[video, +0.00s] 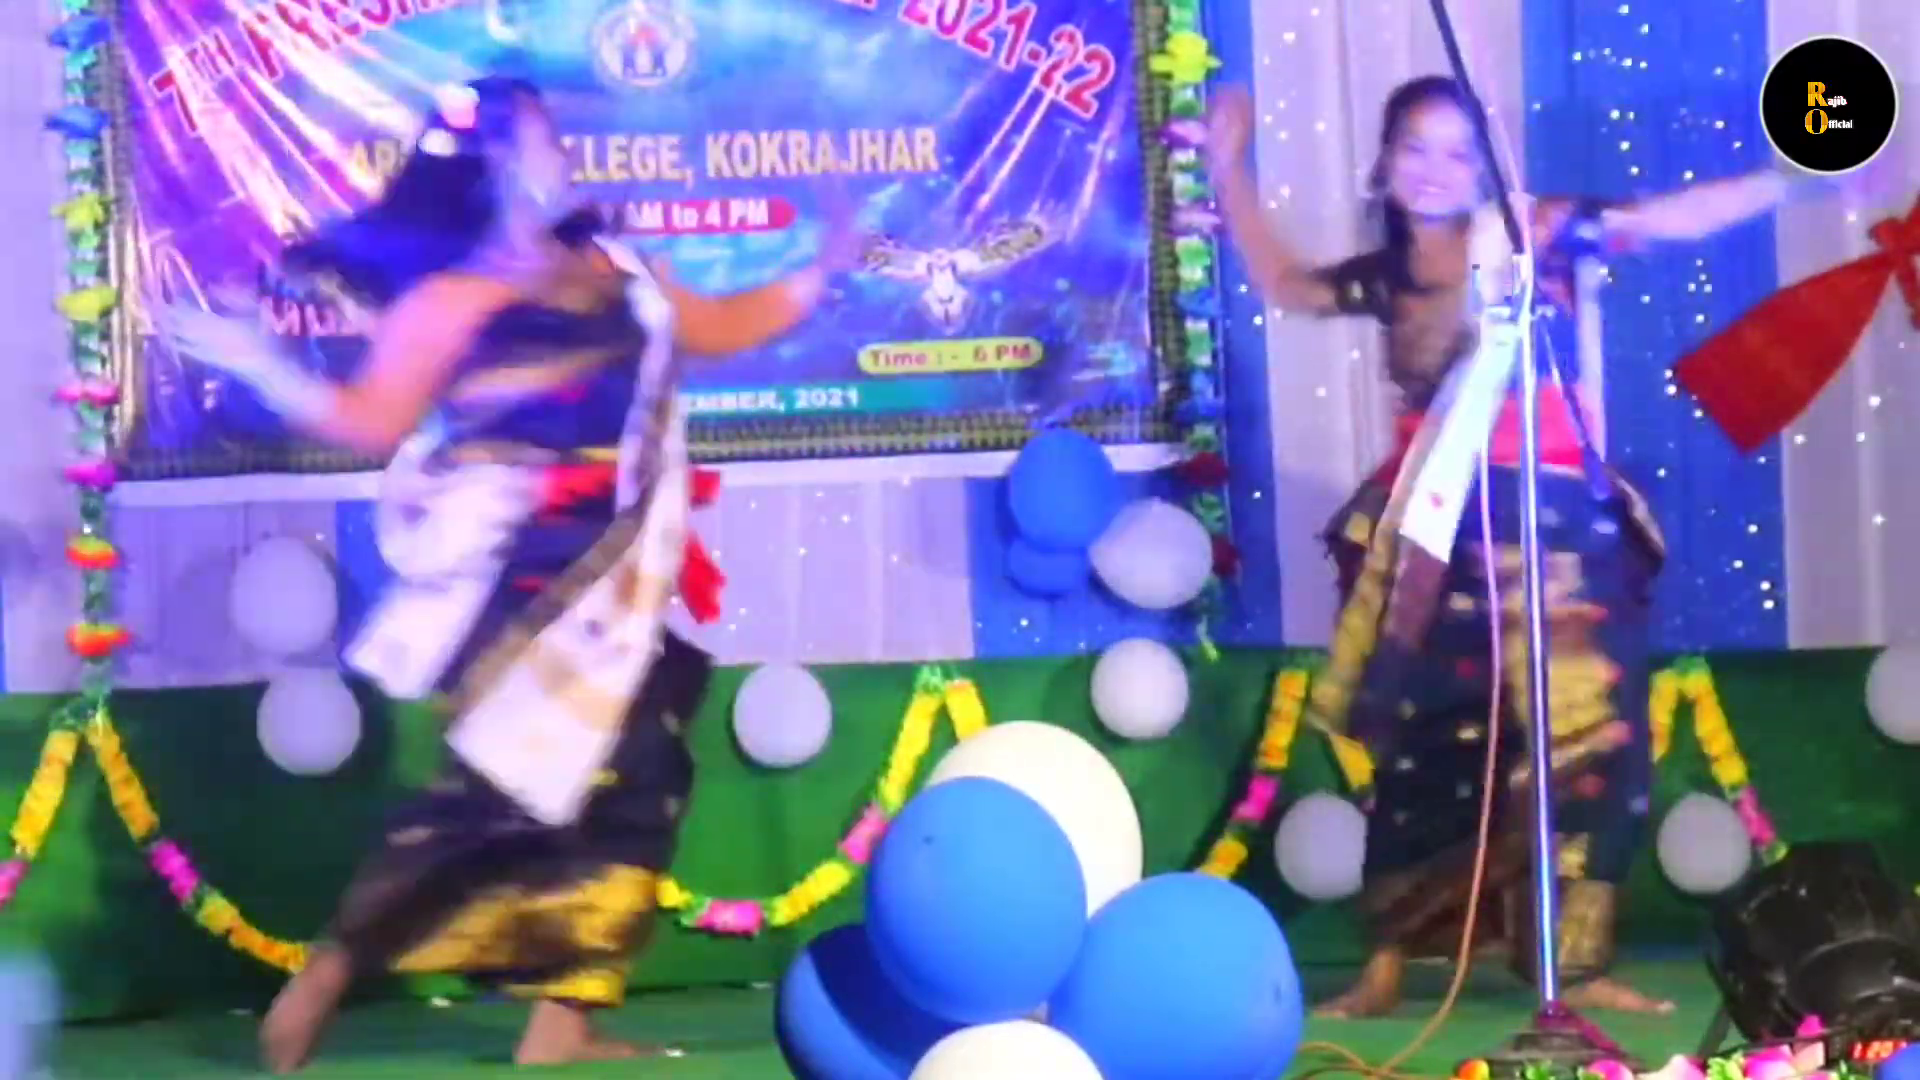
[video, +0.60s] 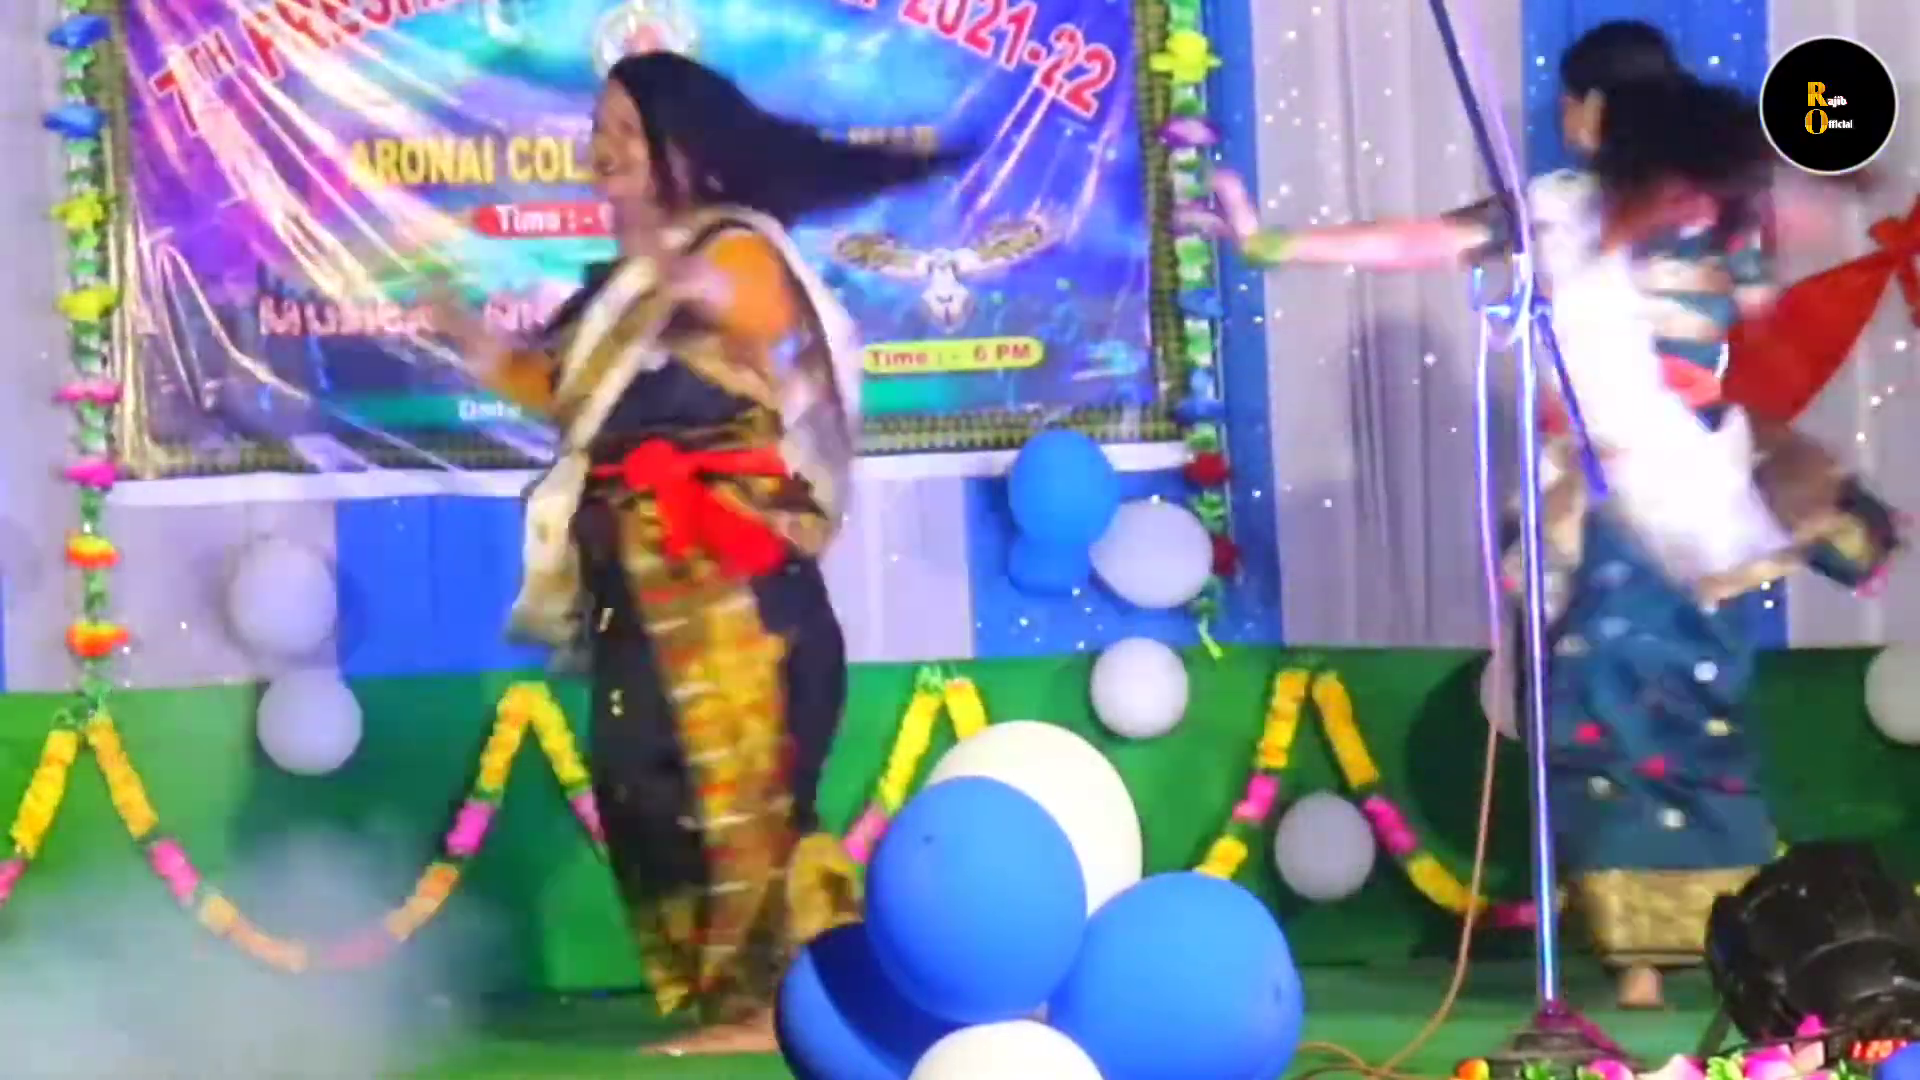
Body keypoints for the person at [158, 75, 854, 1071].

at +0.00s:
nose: (563, 160)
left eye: (557, 141)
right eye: (539, 145)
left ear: (560, 153)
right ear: (490, 173)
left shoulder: (625, 283)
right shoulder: (456, 301)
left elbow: (729, 326)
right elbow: (370, 424)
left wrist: (824, 265)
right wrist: (259, 363)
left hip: (618, 587)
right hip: (501, 585)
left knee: (636, 787)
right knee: (496, 795)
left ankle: (562, 1023)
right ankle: (327, 977)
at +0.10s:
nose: (598, 166)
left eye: (597, 146)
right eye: (584, 145)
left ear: (549, 153)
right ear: (532, 153)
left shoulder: (581, 271)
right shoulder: (505, 294)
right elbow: (508, 430)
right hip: (550, 570)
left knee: (624, 791)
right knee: (585, 782)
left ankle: (563, 1021)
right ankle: (429, 910)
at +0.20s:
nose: (630, 145)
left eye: (620, 129)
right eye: (622, 130)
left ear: (511, 134)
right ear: (607, 143)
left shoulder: (483, 245)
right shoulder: (629, 250)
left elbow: (388, 208)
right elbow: (729, 348)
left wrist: (362, 176)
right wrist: (841, 299)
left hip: (539, 543)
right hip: (657, 538)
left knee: (579, 765)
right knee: (735, 728)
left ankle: (581, 994)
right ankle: (663, 915)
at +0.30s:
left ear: (541, 115)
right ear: (670, 116)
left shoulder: (503, 219)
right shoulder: (706, 225)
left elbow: (359, 253)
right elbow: (817, 328)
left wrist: (261, 180)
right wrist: (941, 263)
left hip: (570, 514)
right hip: (697, 496)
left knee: (615, 751)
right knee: (737, 719)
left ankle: (692, 981)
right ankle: (780, 942)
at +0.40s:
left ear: (582, 118)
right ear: (703, 130)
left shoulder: (557, 226)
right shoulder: (733, 235)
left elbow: (444, 254)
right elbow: (820, 339)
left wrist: (334, 204)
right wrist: (875, 268)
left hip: (629, 523)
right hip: (736, 518)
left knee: (643, 753)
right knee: (742, 733)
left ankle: (747, 996)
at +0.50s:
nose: (585, 135)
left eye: (603, 117)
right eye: (592, 114)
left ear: (649, 136)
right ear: (679, 139)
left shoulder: (662, 243)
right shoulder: (655, 240)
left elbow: (569, 286)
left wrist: (473, 227)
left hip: (699, 539)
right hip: (666, 538)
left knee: (694, 769)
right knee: (682, 765)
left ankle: (764, 1002)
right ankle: (754, 997)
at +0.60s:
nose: (597, 166)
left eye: (617, 146)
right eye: (597, 144)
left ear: (681, 152)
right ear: (619, 150)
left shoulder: (739, 255)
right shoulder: (636, 279)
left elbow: (741, 329)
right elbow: (569, 393)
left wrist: (662, 267)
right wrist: (471, 339)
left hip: (730, 590)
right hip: (648, 592)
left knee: (728, 790)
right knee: (648, 790)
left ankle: (759, 1010)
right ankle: (726, 1005)